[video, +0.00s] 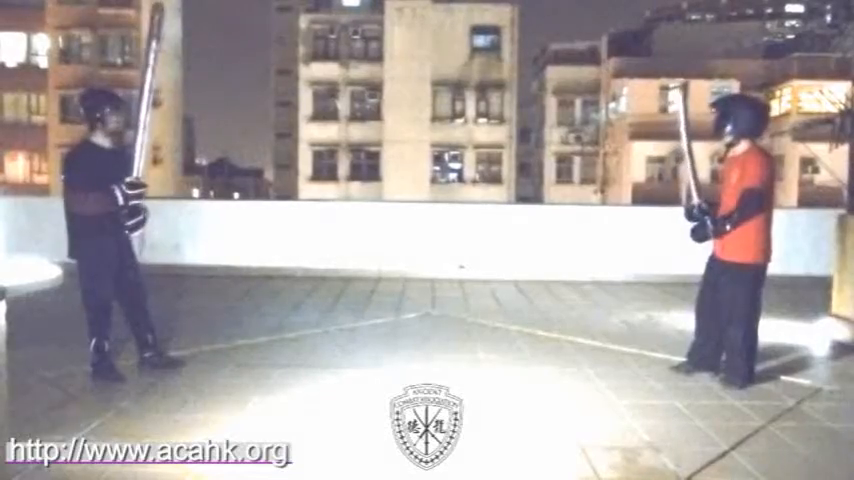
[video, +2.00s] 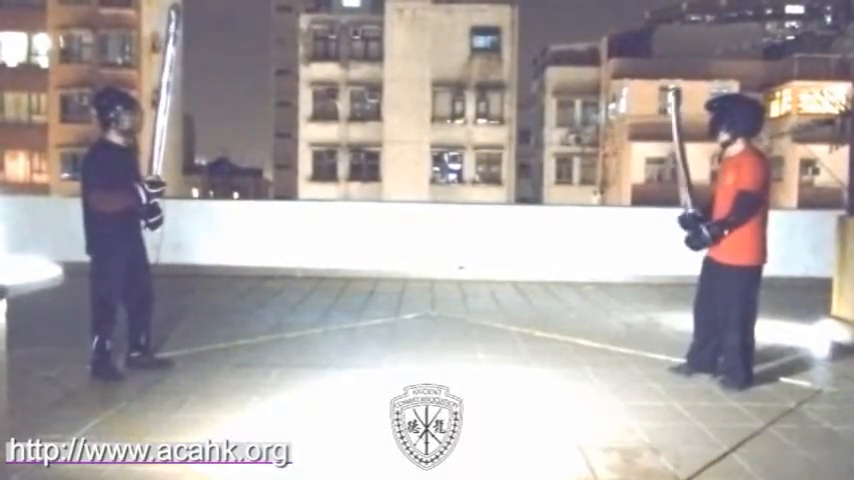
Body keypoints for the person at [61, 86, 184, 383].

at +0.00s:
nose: (121, 118)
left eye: (121, 111)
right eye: (114, 112)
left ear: (115, 115)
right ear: (99, 117)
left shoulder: (120, 155)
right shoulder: (79, 157)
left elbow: (125, 192)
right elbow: (78, 203)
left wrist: (137, 212)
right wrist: (117, 196)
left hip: (118, 235)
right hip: (90, 239)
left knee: (132, 291)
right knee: (98, 297)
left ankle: (149, 350)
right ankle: (99, 357)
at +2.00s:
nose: (135, 120)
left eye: (135, 114)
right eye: (128, 114)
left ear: (128, 117)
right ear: (112, 117)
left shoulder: (127, 153)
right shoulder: (99, 156)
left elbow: (128, 190)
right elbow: (98, 201)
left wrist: (147, 193)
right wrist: (139, 200)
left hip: (130, 234)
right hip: (105, 238)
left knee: (140, 291)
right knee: (106, 295)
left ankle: (139, 349)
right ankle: (100, 354)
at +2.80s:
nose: (136, 159)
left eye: (137, 153)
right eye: (130, 153)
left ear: (131, 156)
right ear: (114, 154)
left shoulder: (126, 193)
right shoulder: (96, 194)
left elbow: (127, 232)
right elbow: (94, 237)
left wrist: (146, 233)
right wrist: (132, 241)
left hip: (130, 272)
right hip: (106, 275)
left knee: (142, 329)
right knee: (107, 335)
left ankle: (140, 390)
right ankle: (100, 396)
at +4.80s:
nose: (152, 174)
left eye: (152, 168)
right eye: (147, 167)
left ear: (138, 172)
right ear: (130, 171)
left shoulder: (143, 210)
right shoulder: (112, 211)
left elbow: (143, 249)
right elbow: (113, 258)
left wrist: (161, 258)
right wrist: (154, 253)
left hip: (144, 290)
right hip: (119, 292)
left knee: (156, 344)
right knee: (122, 349)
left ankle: (153, 404)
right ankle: (114, 410)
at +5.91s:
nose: (137, 170)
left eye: (142, 165)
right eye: (130, 163)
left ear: (146, 171)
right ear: (117, 168)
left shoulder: (141, 206)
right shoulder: (106, 208)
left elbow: (142, 244)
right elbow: (106, 254)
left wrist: (159, 244)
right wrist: (145, 250)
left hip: (142, 286)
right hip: (115, 288)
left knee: (152, 342)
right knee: (119, 345)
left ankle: (150, 401)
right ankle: (111, 407)